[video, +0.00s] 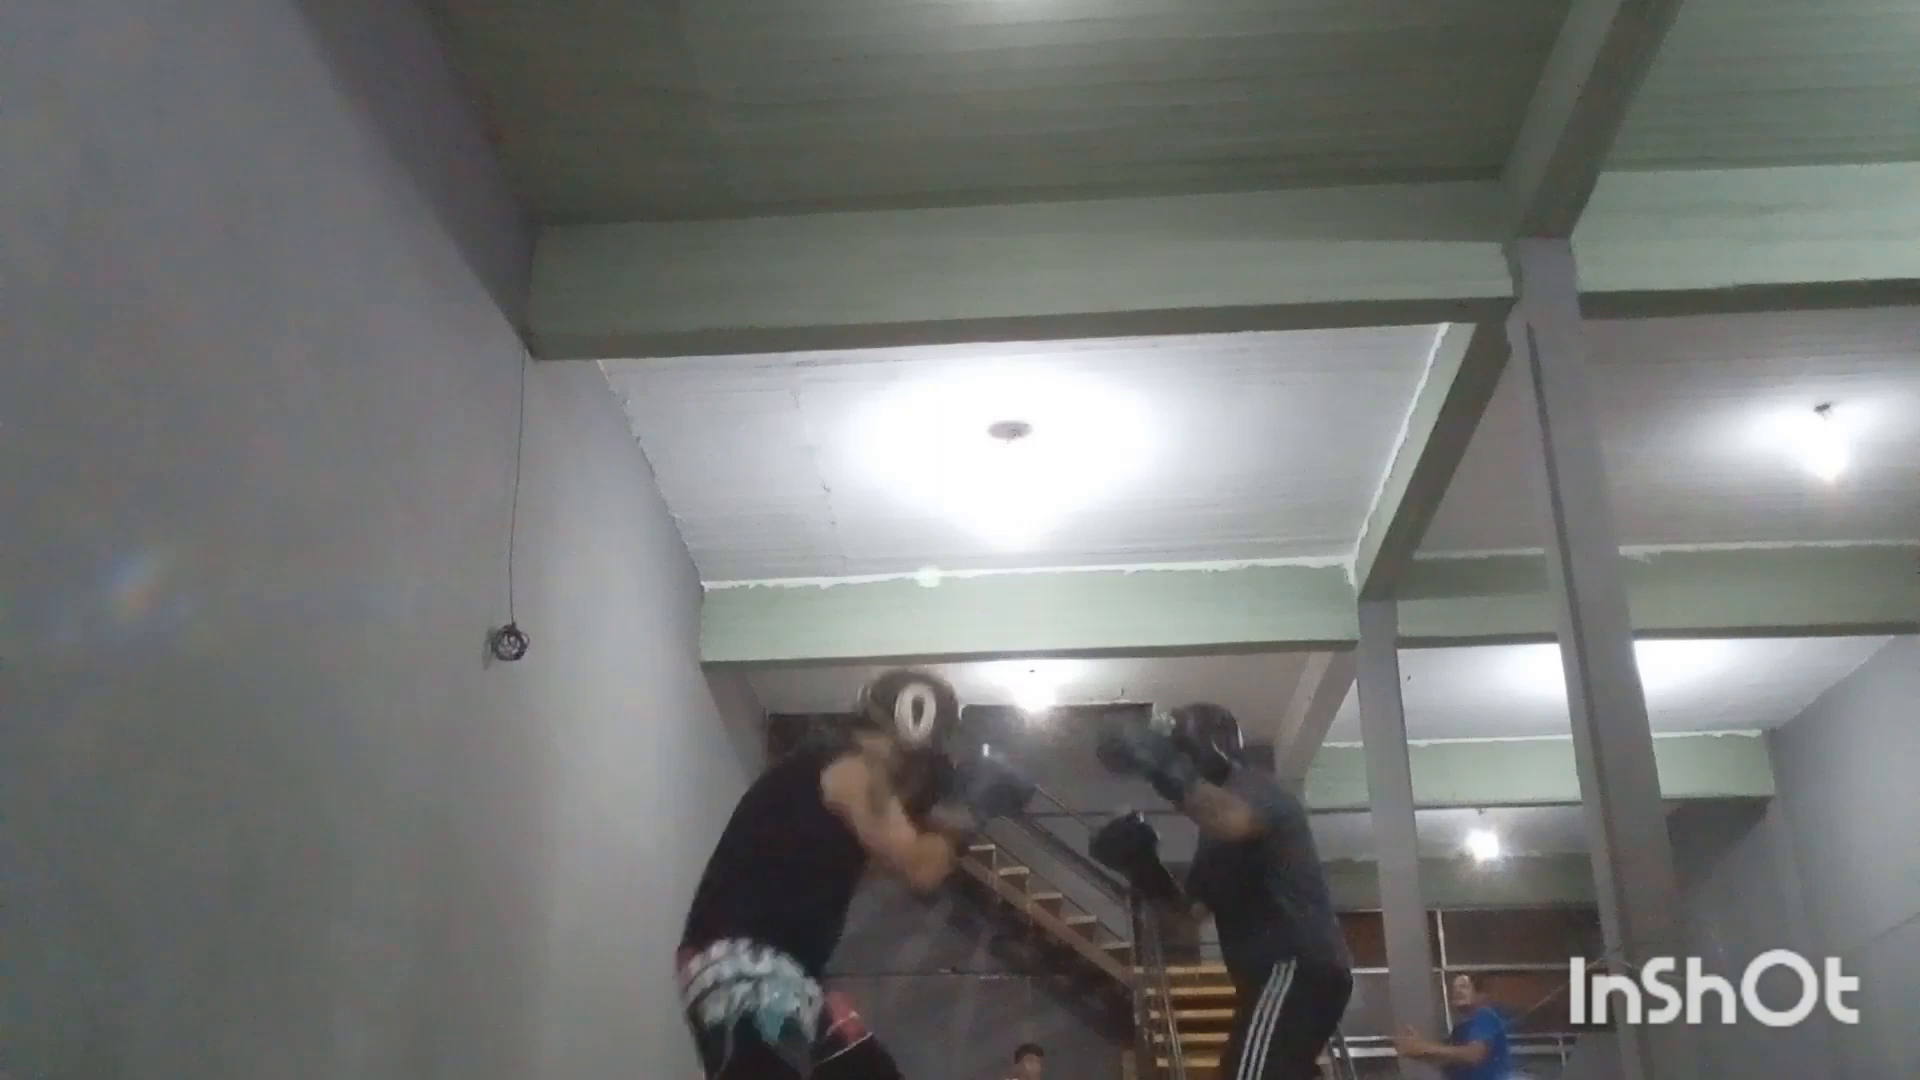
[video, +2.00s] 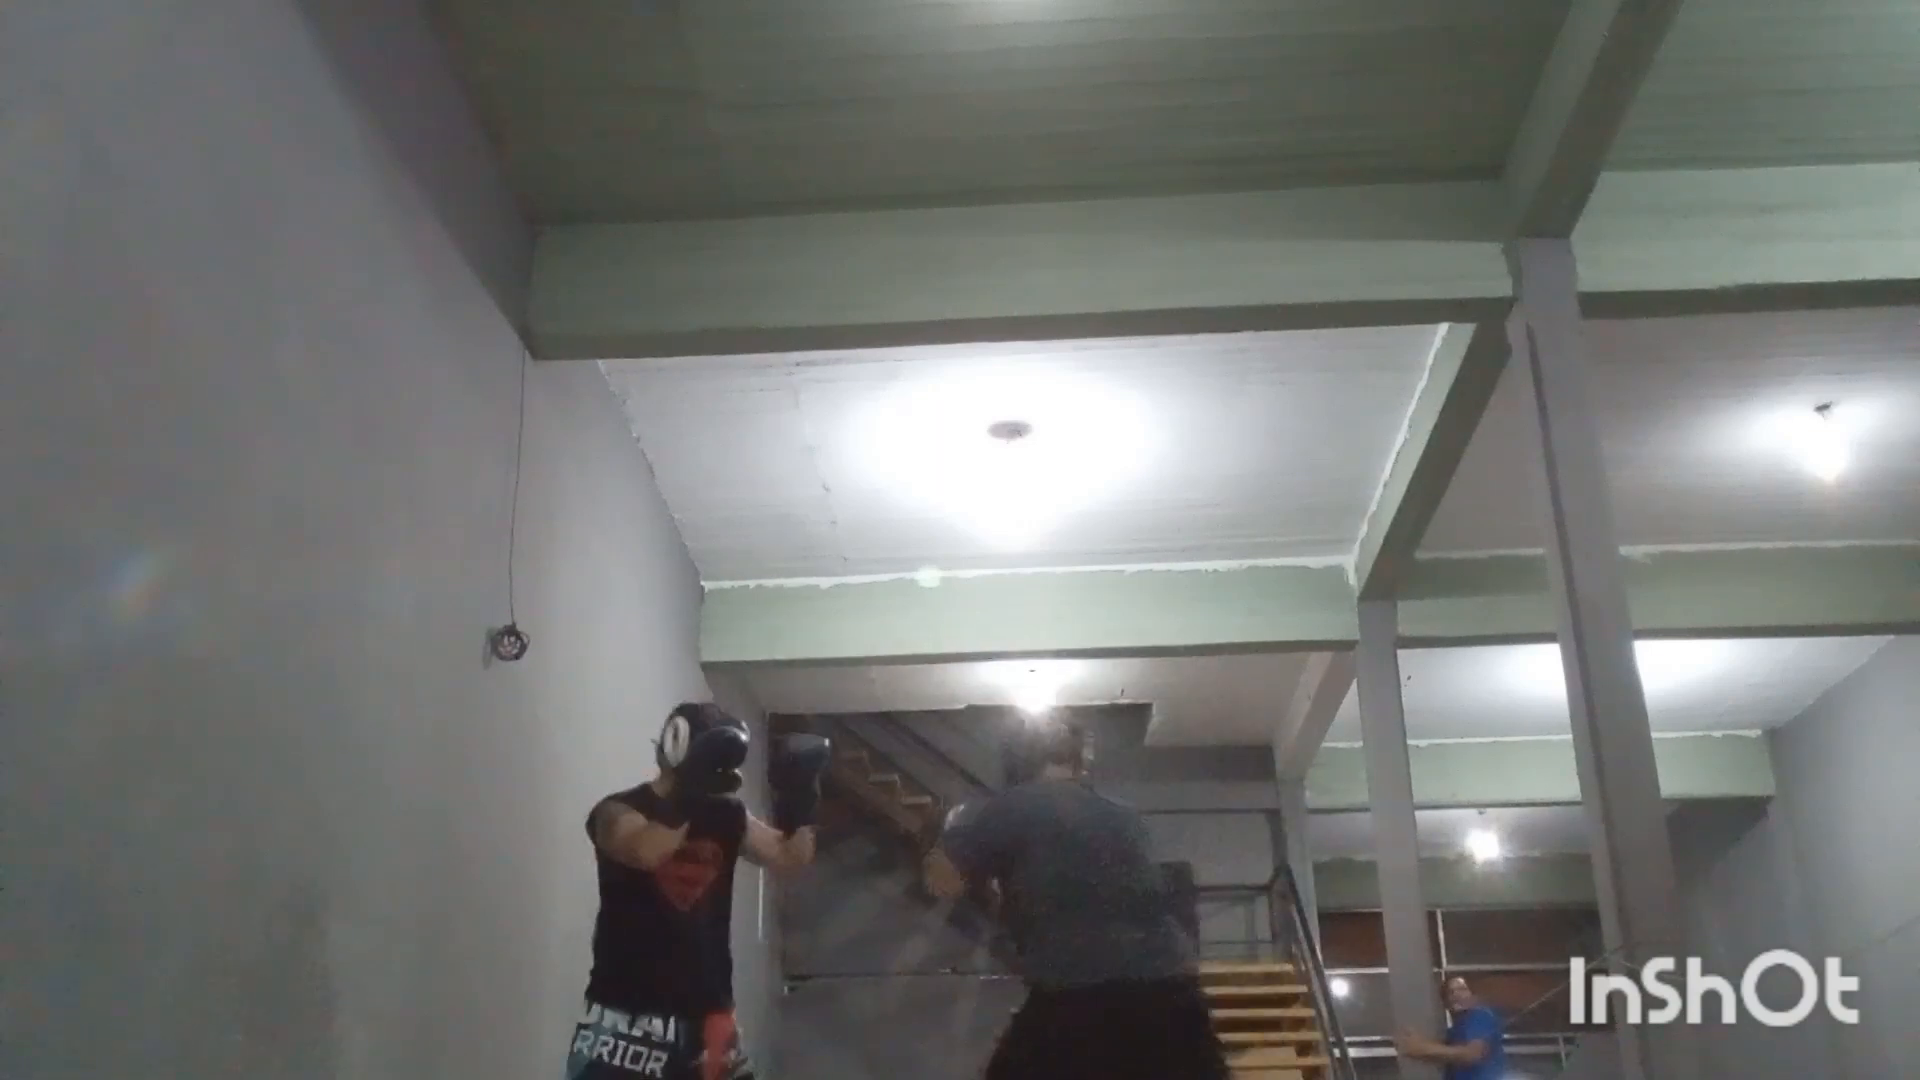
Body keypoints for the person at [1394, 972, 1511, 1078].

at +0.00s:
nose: (1458, 991)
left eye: (1463, 986)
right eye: (1454, 988)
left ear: (1476, 992)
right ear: (1449, 994)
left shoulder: (1485, 1018)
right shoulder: (1460, 1025)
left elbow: (1475, 1054)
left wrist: (1423, 1048)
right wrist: (1419, 1045)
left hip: (1485, 1076)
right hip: (1464, 1076)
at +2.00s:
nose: (1457, 995)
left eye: (1462, 990)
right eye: (1452, 992)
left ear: (1470, 993)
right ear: (1445, 999)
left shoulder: (1480, 1016)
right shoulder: (1455, 1027)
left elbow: (1475, 1053)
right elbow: (1452, 1053)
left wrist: (1425, 1049)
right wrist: (1419, 1046)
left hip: (1483, 1075)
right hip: (1460, 1075)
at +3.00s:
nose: (1457, 996)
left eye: (1462, 991)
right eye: (1451, 993)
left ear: (1470, 995)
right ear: (1445, 1000)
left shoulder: (1481, 1017)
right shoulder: (1454, 1031)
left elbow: (1476, 1056)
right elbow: (1448, 1054)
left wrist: (1424, 1050)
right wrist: (1419, 1046)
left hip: (1485, 1075)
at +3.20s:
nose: (1458, 996)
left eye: (1462, 991)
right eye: (1451, 993)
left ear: (1471, 995)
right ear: (1445, 1001)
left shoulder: (1481, 1017)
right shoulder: (1454, 1031)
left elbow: (1476, 1055)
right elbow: (1445, 1053)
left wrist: (1426, 1050)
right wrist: (1418, 1046)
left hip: (1486, 1075)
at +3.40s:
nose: (1458, 997)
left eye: (1462, 991)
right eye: (1451, 994)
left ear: (1471, 995)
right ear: (1445, 1002)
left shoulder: (1481, 1017)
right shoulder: (1453, 1031)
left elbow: (1477, 1055)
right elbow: (1446, 1054)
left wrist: (1427, 1050)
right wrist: (1418, 1046)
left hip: (1485, 1075)